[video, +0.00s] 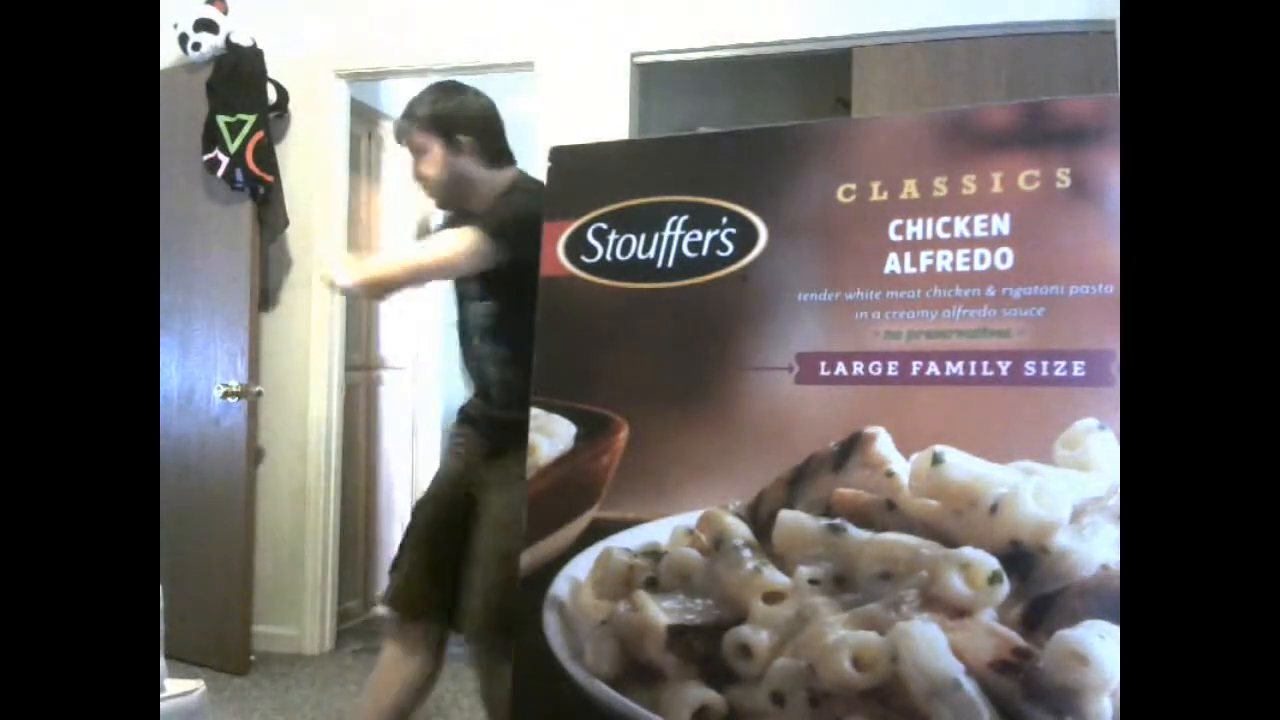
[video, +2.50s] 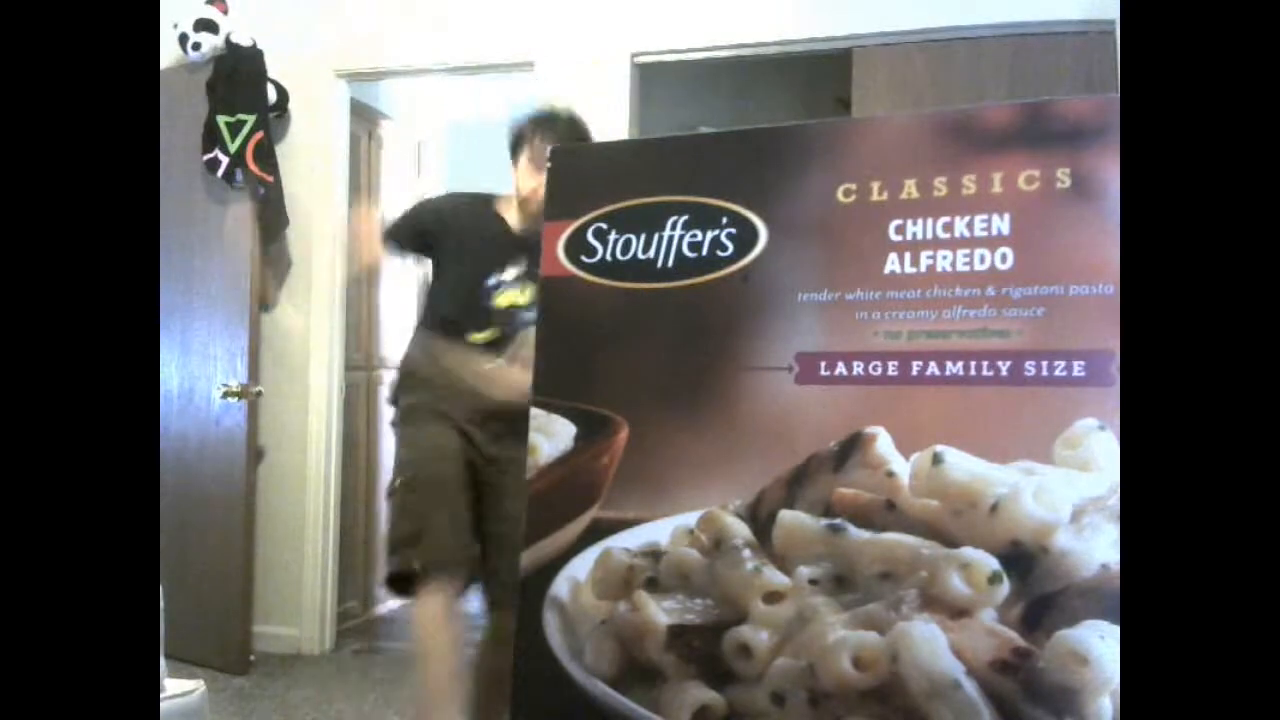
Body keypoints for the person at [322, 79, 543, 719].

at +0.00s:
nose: (415, 172)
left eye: (420, 154)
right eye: (412, 156)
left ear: (460, 145)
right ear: (456, 149)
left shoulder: (525, 206)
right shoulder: (477, 215)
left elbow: (451, 259)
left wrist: (361, 275)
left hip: (534, 439)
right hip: (478, 429)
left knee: (498, 630)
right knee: (415, 613)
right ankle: (374, 713)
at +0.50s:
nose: (443, 112)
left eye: (456, 96)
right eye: (427, 98)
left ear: (480, 102)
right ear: (407, 109)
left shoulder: (517, 188)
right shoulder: (384, 203)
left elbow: (595, 171)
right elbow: (331, 291)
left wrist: (522, 167)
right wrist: (420, 257)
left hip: (494, 424)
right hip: (403, 421)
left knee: (511, 607)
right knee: (331, 597)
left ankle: (532, 719)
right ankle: (288, 717)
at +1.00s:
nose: (387, 87)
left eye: (400, 74)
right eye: (370, 73)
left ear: (412, 86)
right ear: (338, 83)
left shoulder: (426, 176)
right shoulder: (308, 145)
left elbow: (518, 213)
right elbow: (269, 57)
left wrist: (493, 156)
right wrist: (343, 56)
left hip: (407, 404)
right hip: (315, 402)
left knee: (455, 586)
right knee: (283, 603)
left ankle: (480, 716)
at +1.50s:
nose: (392, 128)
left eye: (411, 115)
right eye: (387, 113)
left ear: (447, 129)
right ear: (380, 123)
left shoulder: (482, 178)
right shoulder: (366, 221)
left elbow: (487, 63)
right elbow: (330, 311)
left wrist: (395, 10)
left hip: (491, 420)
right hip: (403, 419)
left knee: (491, 613)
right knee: (331, 599)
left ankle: (491, 718)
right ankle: (282, 713)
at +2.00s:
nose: (452, 162)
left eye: (468, 148)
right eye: (441, 146)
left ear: (496, 152)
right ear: (425, 151)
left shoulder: (540, 225)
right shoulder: (403, 235)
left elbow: (586, 321)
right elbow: (380, 348)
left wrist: (529, 364)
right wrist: (450, 411)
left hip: (508, 428)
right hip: (424, 423)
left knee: (493, 609)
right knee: (355, 598)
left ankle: (488, 717)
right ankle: (300, 713)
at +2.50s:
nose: (545, 179)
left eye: (558, 167)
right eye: (536, 164)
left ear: (576, 175)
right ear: (515, 165)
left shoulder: (571, 245)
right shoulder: (459, 217)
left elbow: (590, 333)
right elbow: (374, 243)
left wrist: (532, 373)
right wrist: (367, 237)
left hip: (509, 419)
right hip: (434, 406)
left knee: (514, 582)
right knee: (441, 568)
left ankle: (499, 709)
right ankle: (443, 711)